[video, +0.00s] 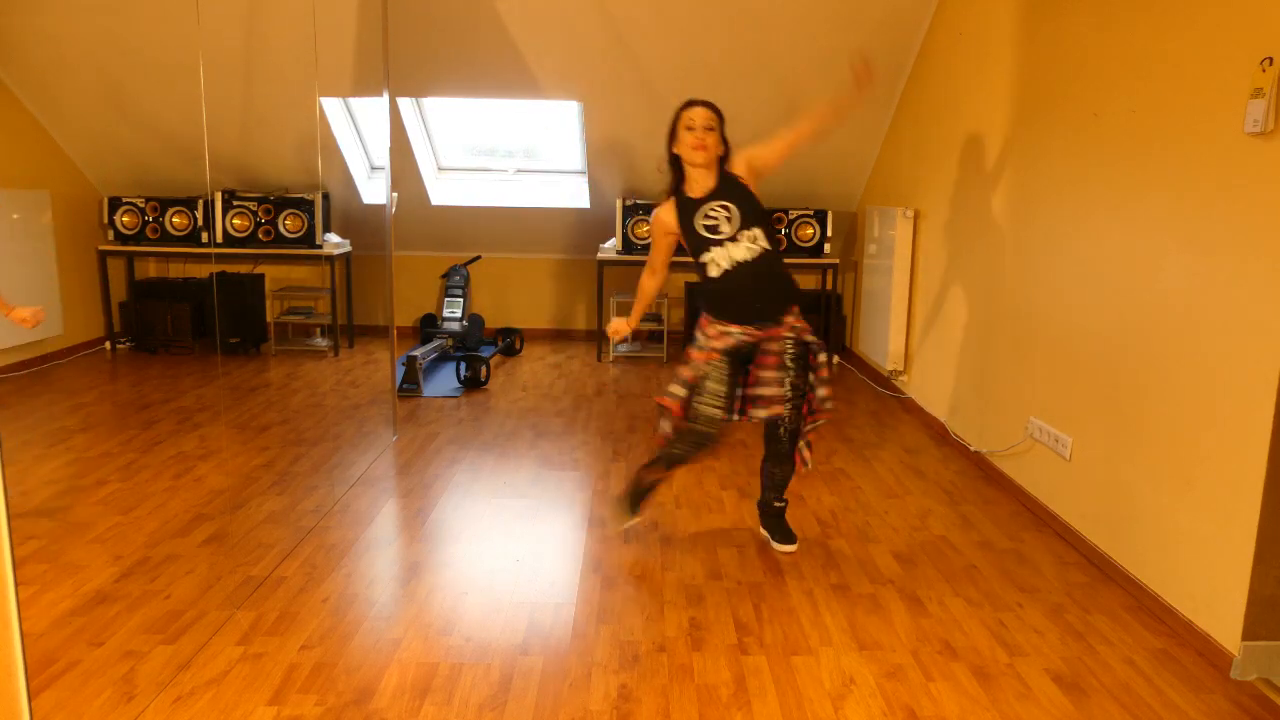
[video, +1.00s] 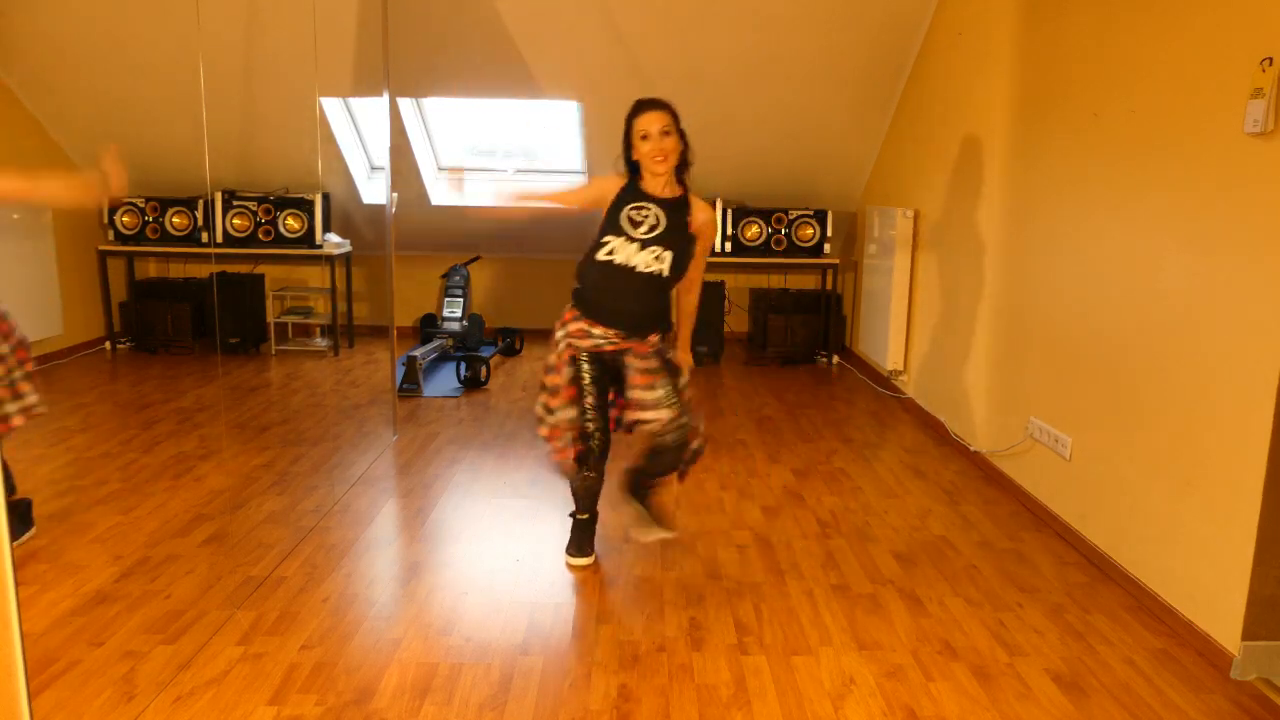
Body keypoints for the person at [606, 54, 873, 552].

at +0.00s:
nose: (701, 135)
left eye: (710, 129)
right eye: (690, 129)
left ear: (722, 141)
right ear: (675, 143)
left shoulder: (744, 171)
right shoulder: (670, 215)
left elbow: (801, 132)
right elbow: (653, 273)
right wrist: (633, 319)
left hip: (782, 319)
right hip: (724, 327)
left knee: (786, 424)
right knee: (704, 427)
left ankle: (773, 507)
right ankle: (645, 481)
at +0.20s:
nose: (726, 137)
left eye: (734, 128)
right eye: (714, 129)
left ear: (745, 140)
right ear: (697, 144)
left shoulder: (756, 194)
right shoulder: (701, 206)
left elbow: (798, 233)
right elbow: (710, 284)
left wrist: (831, 249)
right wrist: (719, 352)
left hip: (793, 329)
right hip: (750, 338)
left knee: (801, 431)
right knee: (776, 440)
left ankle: (776, 507)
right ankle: (749, 499)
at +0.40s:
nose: (738, 95)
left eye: (743, 87)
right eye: (724, 90)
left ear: (755, 97)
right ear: (706, 106)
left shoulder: (759, 155)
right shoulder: (712, 155)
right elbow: (737, 152)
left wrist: (839, 117)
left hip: (770, 298)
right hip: (723, 298)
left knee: (775, 395)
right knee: (713, 398)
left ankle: (767, 505)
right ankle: (669, 489)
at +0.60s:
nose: (725, 104)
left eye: (732, 95)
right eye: (713, 96)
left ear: (741, 105)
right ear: (693, 108)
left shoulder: (739, 163)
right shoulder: (690, 157)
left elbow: (705, 235)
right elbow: (689, 72)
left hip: (746, 309)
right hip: (706, 308)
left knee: (752, 405)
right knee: (665, 410)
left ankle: (758, 507)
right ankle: (599, 507)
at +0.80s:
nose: (689, 126)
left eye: (698, 116)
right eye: (677, 116)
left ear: (709, 127)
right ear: (658, 125)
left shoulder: (703, 189)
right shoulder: (641, 161)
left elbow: (688, 259)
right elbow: (582, 102)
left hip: (690, 326)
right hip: (638, 325)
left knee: (727, 417)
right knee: (627, 433)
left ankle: (750, 514)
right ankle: (586, 520)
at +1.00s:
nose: (657, 145)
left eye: (666, 134)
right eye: (644, 137)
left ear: (681, 141)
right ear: (632, 149)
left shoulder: (699, 215)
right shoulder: (614, 189)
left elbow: (690, 287)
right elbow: (557, 200)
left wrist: (683, 346)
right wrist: (507, 199)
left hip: (646, 339)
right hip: (589, 329)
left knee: (674, 435)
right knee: (592, 439)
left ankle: (638, 485)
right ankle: (583, 523)